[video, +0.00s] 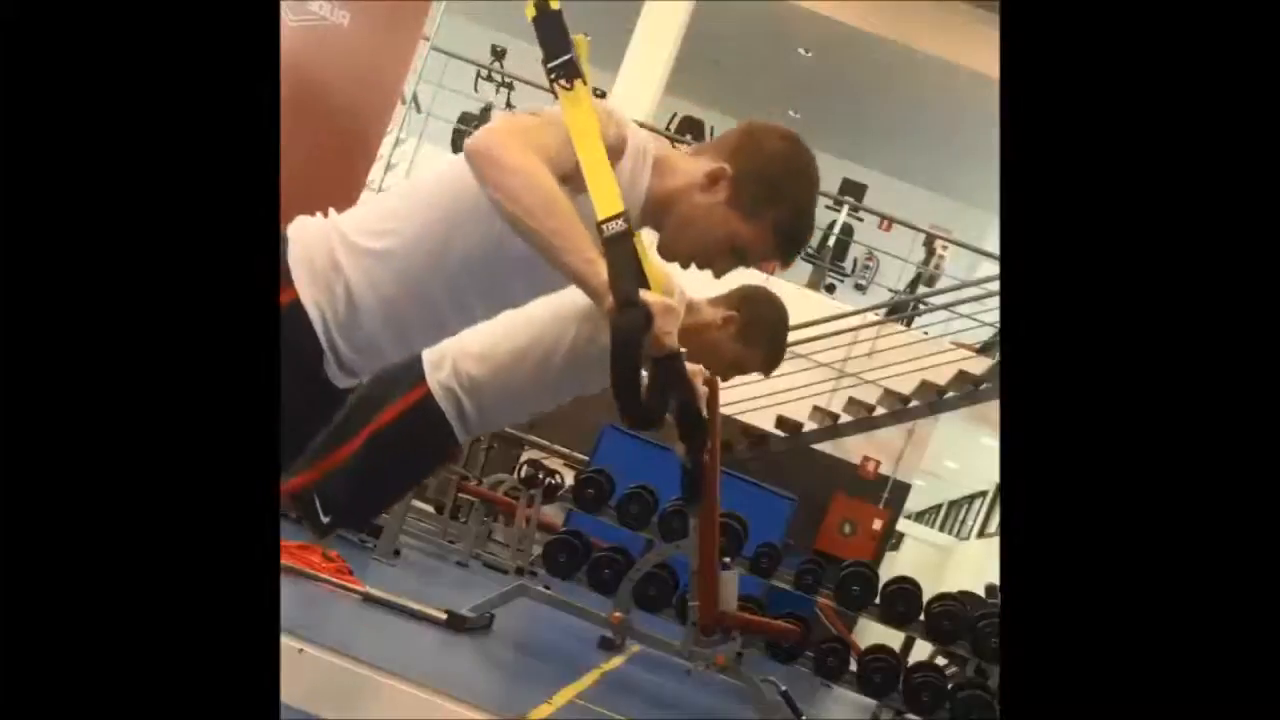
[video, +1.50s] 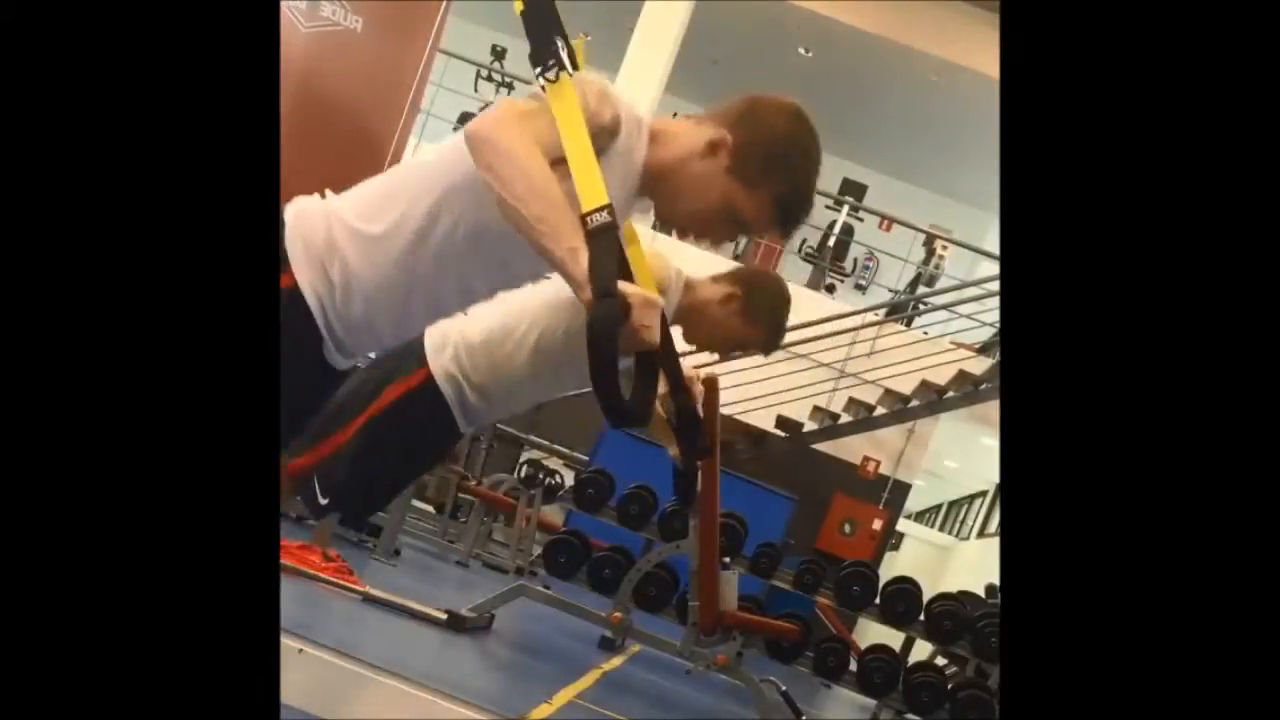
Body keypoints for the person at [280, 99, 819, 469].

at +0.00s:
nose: (719, 271)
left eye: (738, 264)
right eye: (736, 252)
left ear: (718, 177)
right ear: (720, 182)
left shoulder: (640, 242)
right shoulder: (611, 133)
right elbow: (496, 148)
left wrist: (670, 373)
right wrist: (610, 289)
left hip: (339, 371)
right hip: (299, 306)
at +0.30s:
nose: (750, 364)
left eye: (770, 363)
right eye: (768, 350)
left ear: (753, 277)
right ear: (755, 282)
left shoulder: (668, 309)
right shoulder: (651, 230)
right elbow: (503, 165)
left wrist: (653, 392)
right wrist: (615, 313)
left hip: (359, 427)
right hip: (321, 370)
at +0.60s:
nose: (754, 460)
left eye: (777, 459)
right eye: (775, 439)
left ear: (776, 363)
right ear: (775, 363)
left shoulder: (693, 411)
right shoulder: (672, 290)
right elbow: (529, 178)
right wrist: (615, 296)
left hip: (370, 468)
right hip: (340, 419)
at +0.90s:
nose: (756, 479)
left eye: (779, 476)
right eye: (777, 455)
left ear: (770, 372)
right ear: (774, 377)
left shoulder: (685, 416)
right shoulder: (673, 298)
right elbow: (534, 181)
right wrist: (623, 315)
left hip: (366, 466)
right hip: (335, 418)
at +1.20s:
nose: (731, 354)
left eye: (752, 354)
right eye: (750, 338)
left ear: (748, 258)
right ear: (748, 263)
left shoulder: (660, 305)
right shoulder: (647, 211)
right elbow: (511, 152)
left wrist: (666, 393)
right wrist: (612, 307)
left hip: (349, 414)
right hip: (311, 345)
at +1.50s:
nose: (714, 243)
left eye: (735, 237)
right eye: (732, 222)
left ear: (722, 142)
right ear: (721, 147)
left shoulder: (622, 213)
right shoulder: (603, 106)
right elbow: (497, 134)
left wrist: (667, 385)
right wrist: (593, 276)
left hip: (343, 352)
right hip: (298, 287)